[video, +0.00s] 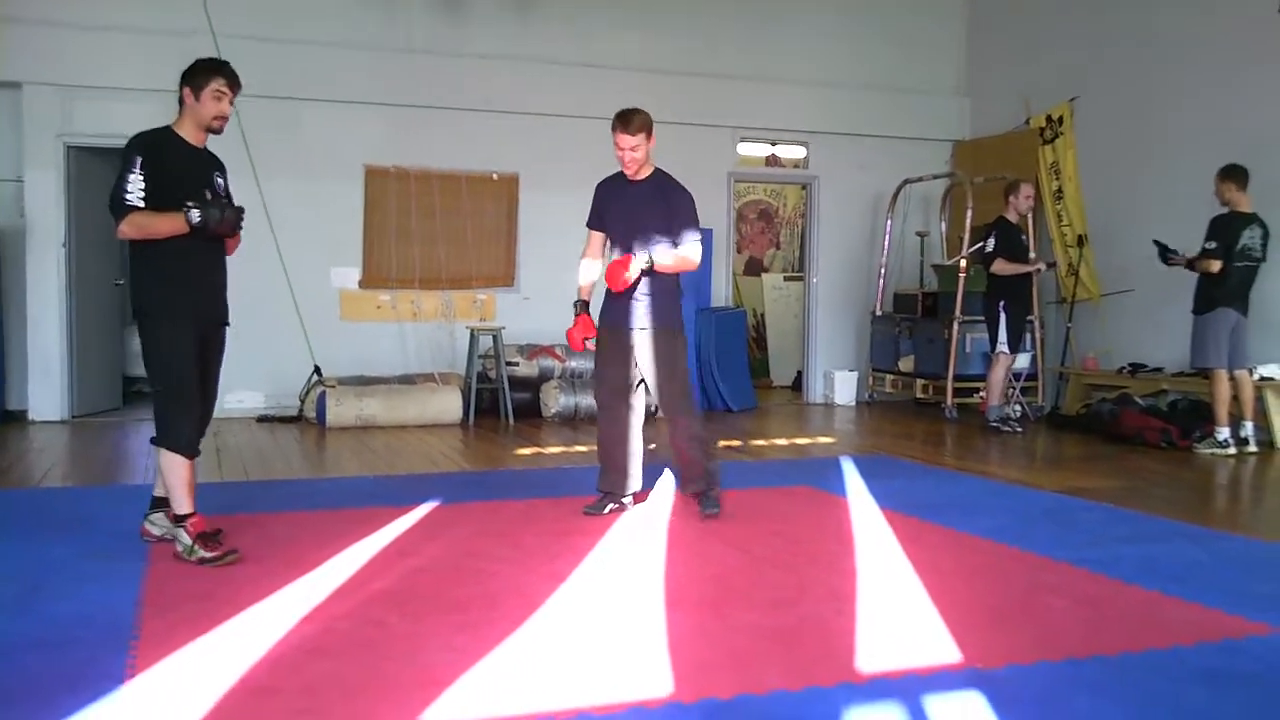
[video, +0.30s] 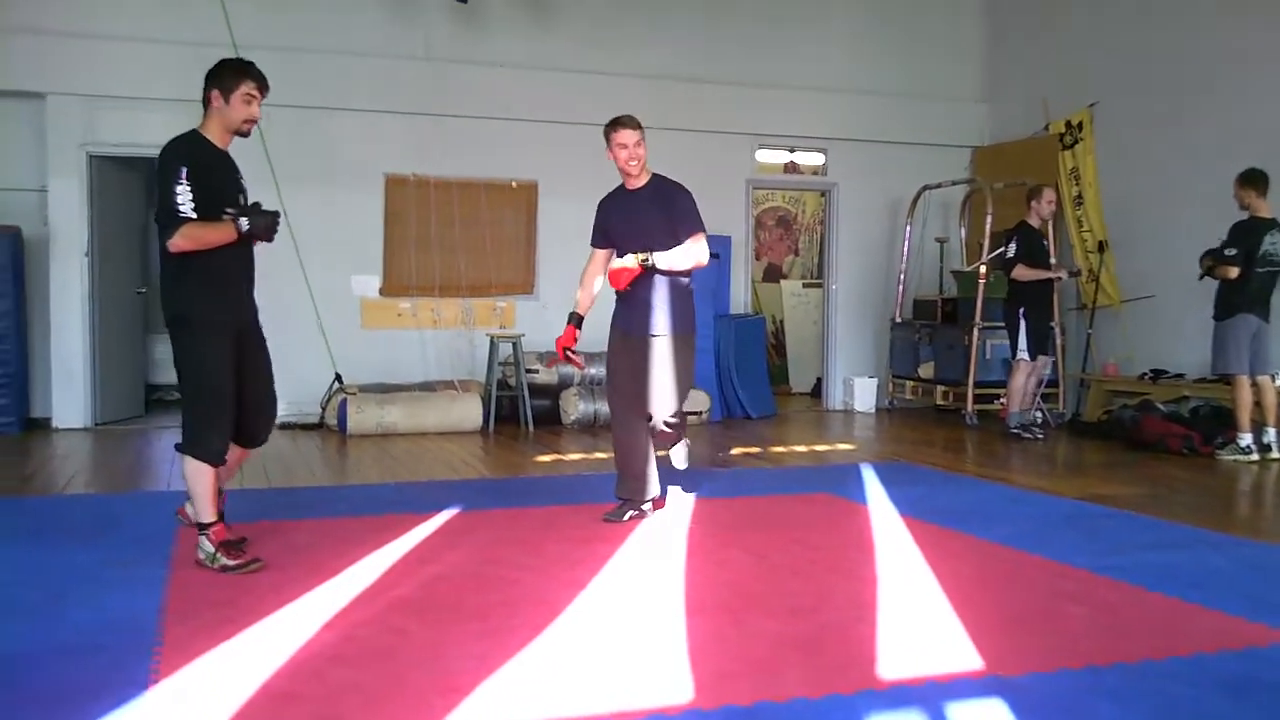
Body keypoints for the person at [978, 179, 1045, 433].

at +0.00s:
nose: (1031, 203)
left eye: (1032, 198)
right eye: (1027, 198)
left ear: (1018, 201)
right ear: (1011, 199)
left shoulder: (1017, 230)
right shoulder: (998, 227)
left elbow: (1014, 263)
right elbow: (994, 265)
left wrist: (1038, 265)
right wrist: (1030, 267)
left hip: (1015, 301)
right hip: (1002, 301)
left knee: (1007, 357)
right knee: (1003, 356)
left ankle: (998, 409)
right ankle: (993, 413)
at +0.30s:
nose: (1053, 208)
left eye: (1054, 203)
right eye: (1049, 203)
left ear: (1048, 206)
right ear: (1033, 204)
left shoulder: (1039, 237)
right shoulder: (1020, 233)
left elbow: (1036, 270)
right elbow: (1015, 271)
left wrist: (1060, 272)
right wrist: (1050, 273)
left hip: (1039, 307)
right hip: (1022, 307)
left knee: (1041, 362)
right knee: (1024, 362)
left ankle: (1026, 415)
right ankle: (1013, 420)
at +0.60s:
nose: (1077, 206)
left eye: (1078, 201)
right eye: (1073, 200)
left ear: (1065, 204)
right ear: (1058, 203)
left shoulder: (1063, 233)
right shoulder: (1042, 231)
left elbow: (1067, 264)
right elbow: (1037, 269)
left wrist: (1092, 269)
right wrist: (1074, 273)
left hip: (1063, 306)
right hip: (1044, 306)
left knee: (1069, 358)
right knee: (1043, 361)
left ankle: (1066, 417)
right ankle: (1032, 418)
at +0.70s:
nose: (1069, 202)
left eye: (1069, 197)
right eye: (1064, 197)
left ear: (1055, 200)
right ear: (1049, 200)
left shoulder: (1054, 229)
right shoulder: (1034, 227)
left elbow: (1056, 261)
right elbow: (1027, 266)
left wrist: (1081, 267)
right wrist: (1063, 270)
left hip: (1053, 302)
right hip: (1034, 302)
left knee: (1058, 356)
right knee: (1032, 359)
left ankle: (1060, 415)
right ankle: (1020, 415)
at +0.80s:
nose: (1065, 201)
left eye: (1066, 196)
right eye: (1061, 196)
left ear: (1056, 200)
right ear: (1046, 199)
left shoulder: (1053, 229)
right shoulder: (1031, 227)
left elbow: (1055, 261)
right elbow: (1024, 266)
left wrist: (1080, 268)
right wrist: (1061, 270)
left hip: (1051, 303)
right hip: (1032, 302)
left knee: (1053, 357)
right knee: (1030, 359)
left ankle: (1055, 415)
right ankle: (1016, 416)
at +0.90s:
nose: (1074, 203)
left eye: (1074, 198)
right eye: (1069, 198)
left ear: (1067, 201)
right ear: (1055, 201)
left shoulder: (1063, 231)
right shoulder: (1041, 228)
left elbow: (1066, 262)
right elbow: (1033, 266)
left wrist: (1090, 269)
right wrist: (1070, 270)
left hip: (1062, 304)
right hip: (1043, 304)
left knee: (1061, 359)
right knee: (1039, 361)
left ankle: (1062, 417)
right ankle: (1024, 417)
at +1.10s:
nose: (1085, 205)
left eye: (1086, 200)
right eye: (1081, 200)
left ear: (1077, 203)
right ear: (1065, 201)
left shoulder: (1076, 233)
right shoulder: (1049, 229)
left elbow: (1074, 266)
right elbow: (1042, 266)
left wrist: (1097, 270)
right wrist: (1081, 270)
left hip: (1072, 304)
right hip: (1052, 304)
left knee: (1068, 359)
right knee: (1049, 359)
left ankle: (1065, 417)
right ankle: (1028, 416)